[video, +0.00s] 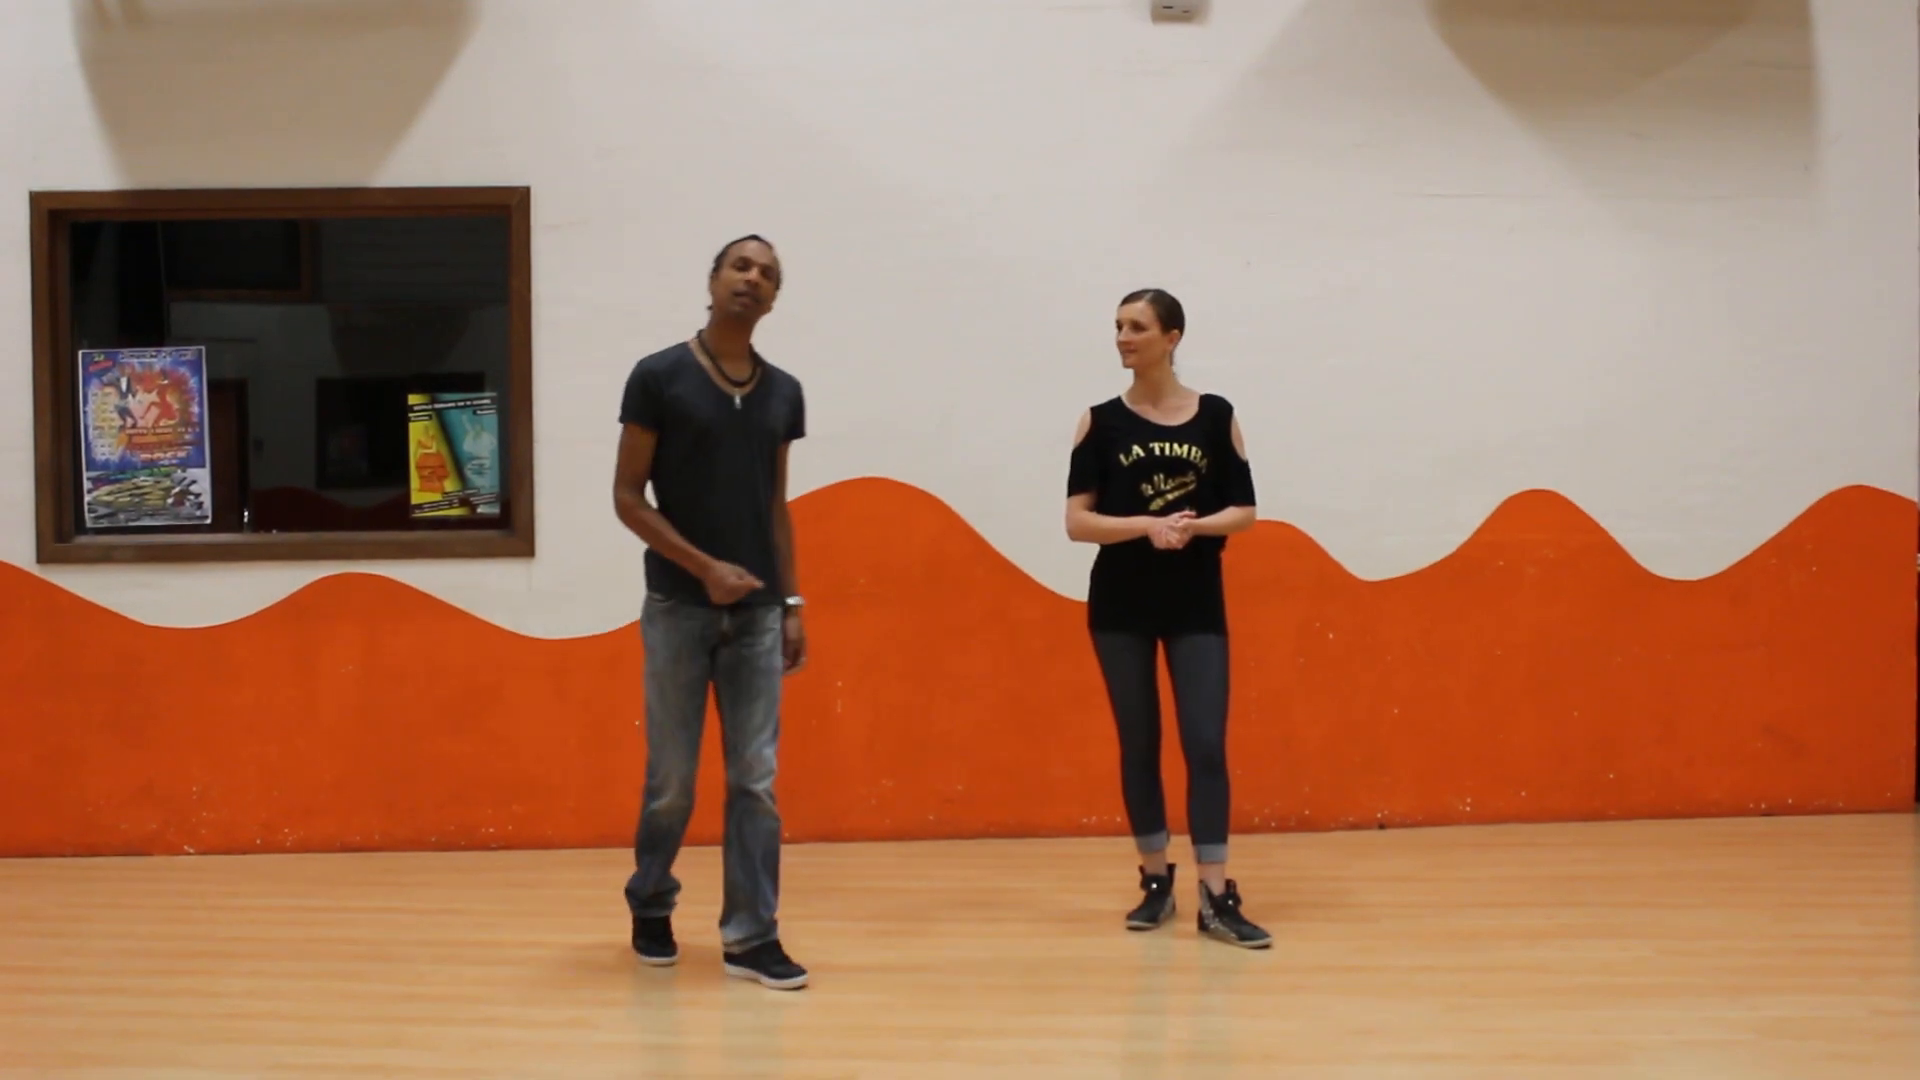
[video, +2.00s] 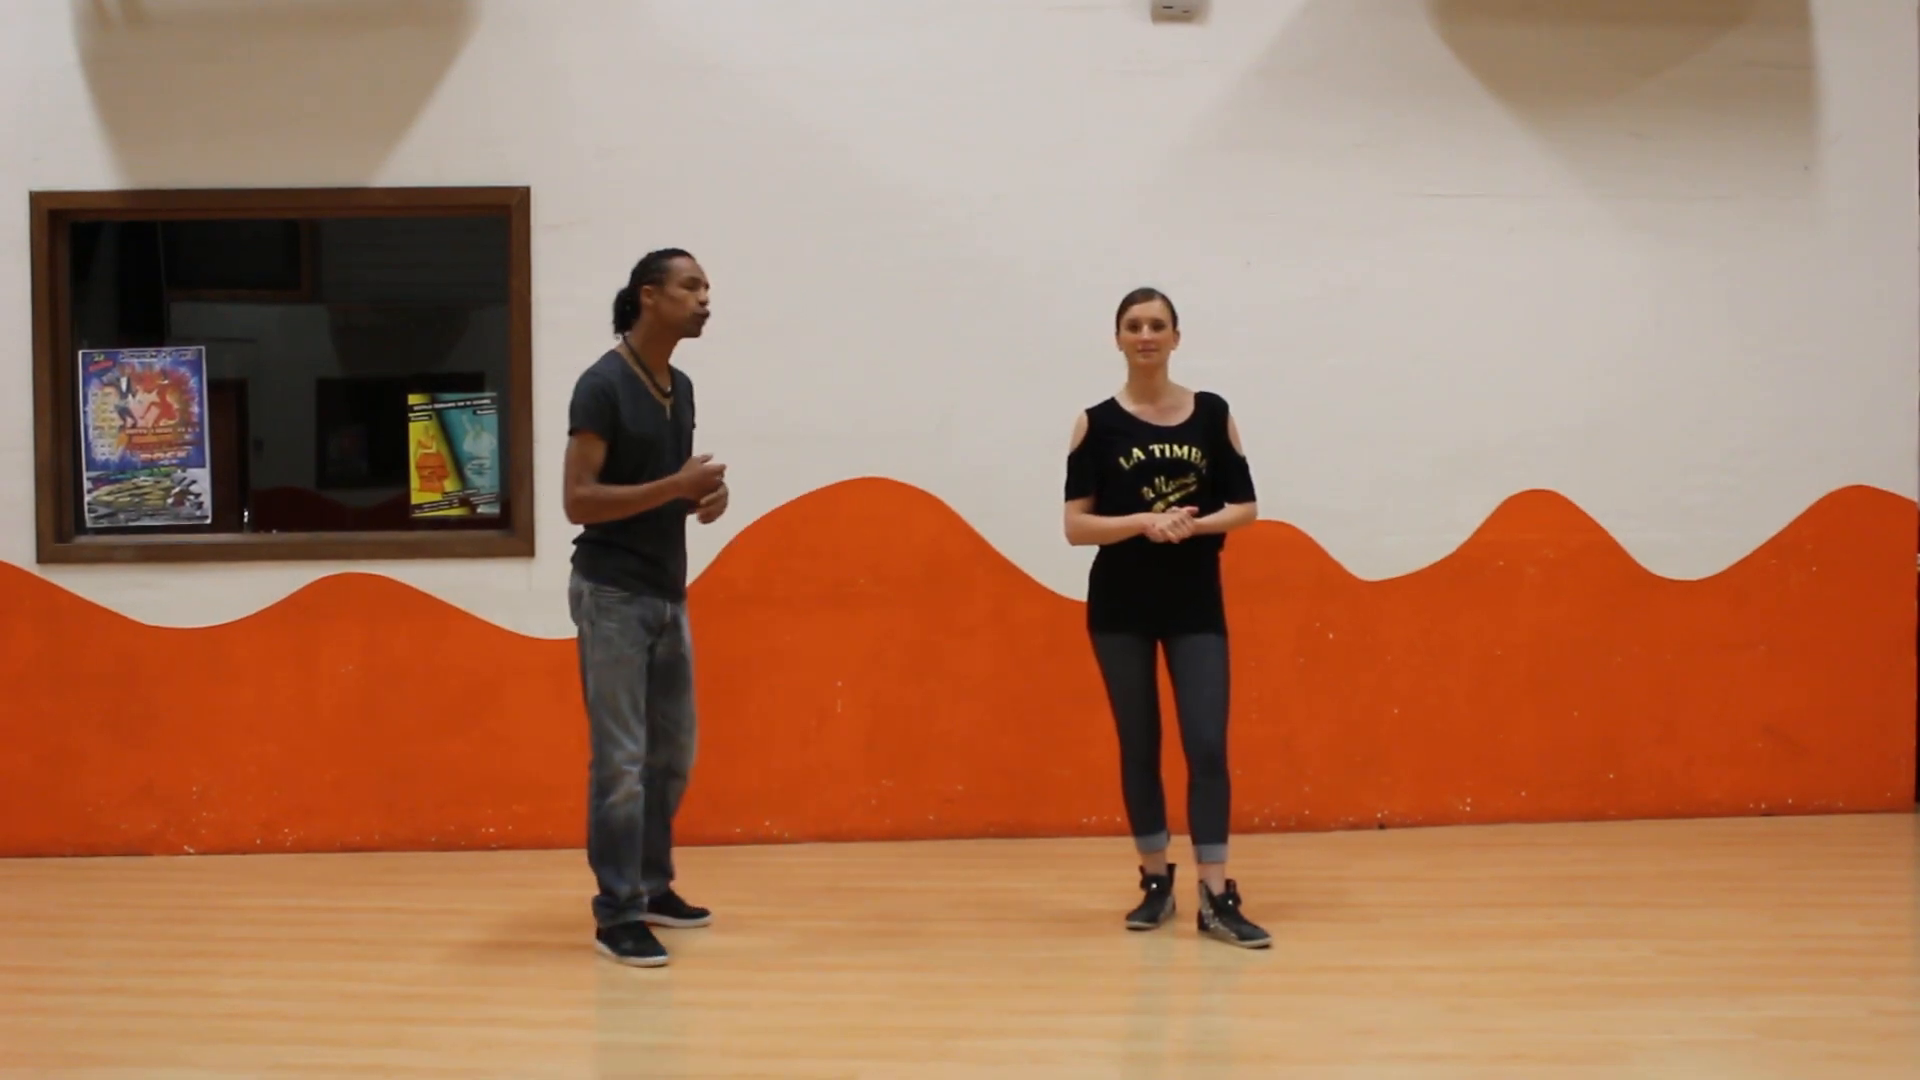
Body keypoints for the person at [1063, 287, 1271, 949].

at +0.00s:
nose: (1122, 338)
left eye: (1136, 328)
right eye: (1119, 328)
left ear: (1172, 337)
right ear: (1118, 337)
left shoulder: (1215, 415)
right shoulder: (1099, 422)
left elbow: (1243, 511)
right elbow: (1078, 521)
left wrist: (1198, 524)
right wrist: (1142, 525)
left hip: (1195, 603)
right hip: (1120, 603)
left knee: (1206, 748)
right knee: (1139, 745)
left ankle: (1216, 896)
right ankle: (1157, 883)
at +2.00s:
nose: (1146, 336)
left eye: (1157, 326)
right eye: (1134, 327)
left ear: (1176, 337)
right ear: (1117, 338)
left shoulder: (1210, 413)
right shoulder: (1095, 425)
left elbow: (1245, 507)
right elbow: (1076, 525)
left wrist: (1199, 522)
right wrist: (1139, 522)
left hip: (1194, 603)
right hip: (1120, 605)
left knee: (1207, 748)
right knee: (1139, 746)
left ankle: (1216, 896)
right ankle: (1157, 883)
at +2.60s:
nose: (1122, 331)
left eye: (1135, 322)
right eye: (1119, 322)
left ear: (1171, 334)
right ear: (1119, 333)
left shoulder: (1212, 412)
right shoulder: (1100, 422)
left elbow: (1244, 510)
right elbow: (1077, 520)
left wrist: (1168, 526)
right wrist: (1113, 525)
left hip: (1193, 599)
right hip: (1120, 601)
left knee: (1205, 745)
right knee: (1140, 744)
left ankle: (1215, 894)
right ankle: (1157, 884)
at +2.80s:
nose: (1116, 327)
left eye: (1130, 318)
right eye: (1118, 317)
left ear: (1168, 332)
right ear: (1134, 331)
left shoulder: (1203, 411)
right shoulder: (1113, 415)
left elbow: (1232, 509)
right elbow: (1097, 499)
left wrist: (1145, 526)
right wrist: (1097, 519)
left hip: (1194, 598)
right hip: (1129, 598)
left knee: (1192, 740)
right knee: (1146, 742)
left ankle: (1214, 887)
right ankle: (1156, 884)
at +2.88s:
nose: (1117, 326)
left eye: (1130, 317)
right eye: (1120, 315)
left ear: (1168, 332)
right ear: (1142, 331)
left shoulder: (1199, 411)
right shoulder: (1118, 415)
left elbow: (1224, 510)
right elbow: (1109, 496)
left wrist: (1138, 525)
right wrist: (1101, 516)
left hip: (1196, 598)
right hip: (1135, 597)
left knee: (1191, 742)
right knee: (1150, 742)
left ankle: (1219, 886)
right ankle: (1159, 882)